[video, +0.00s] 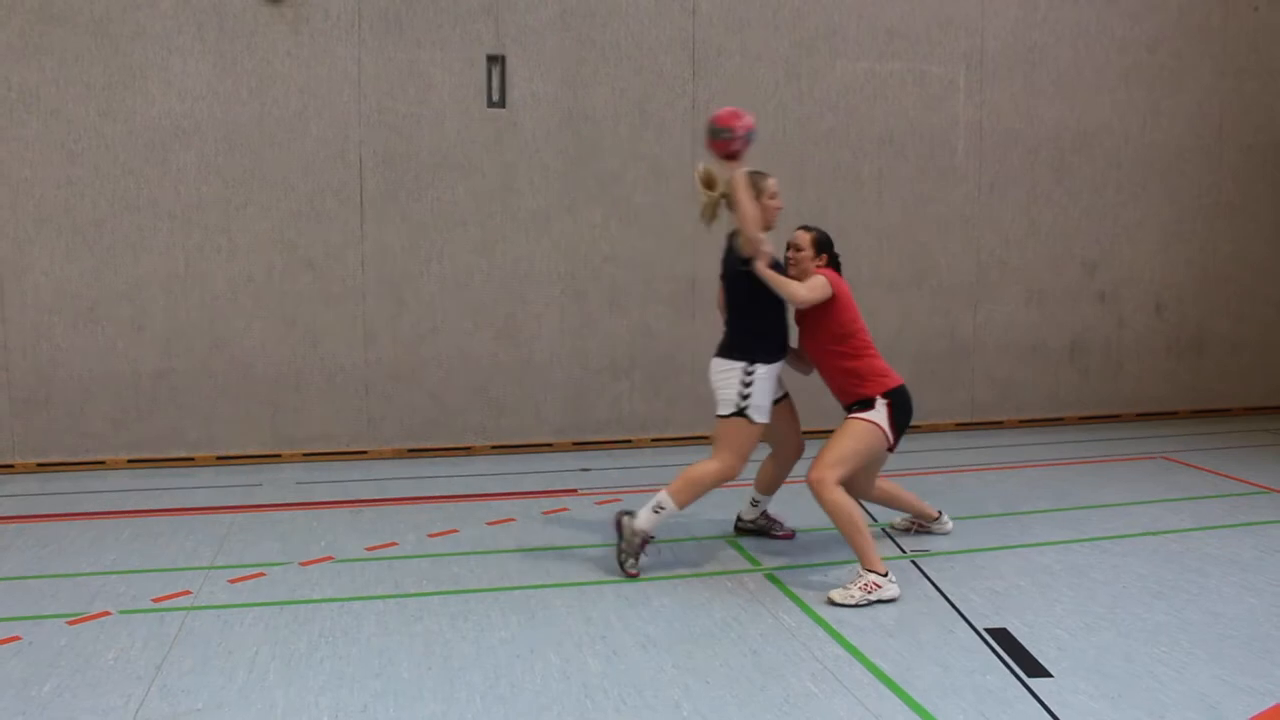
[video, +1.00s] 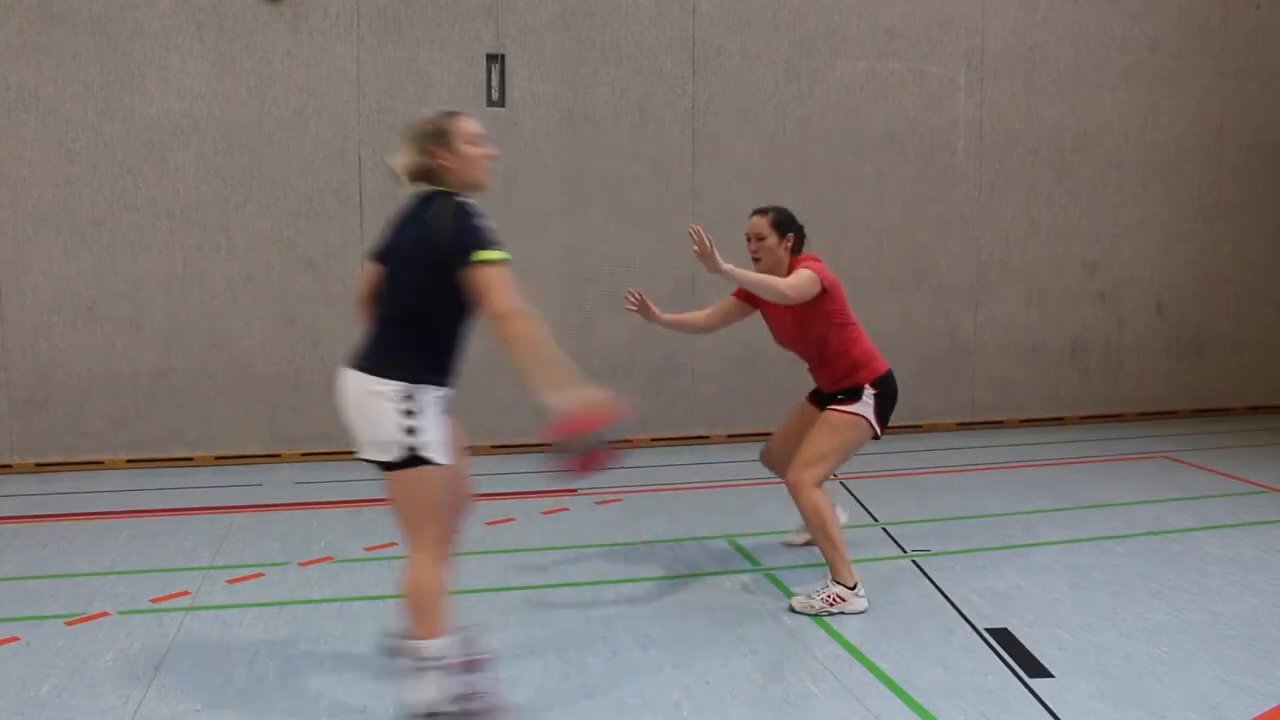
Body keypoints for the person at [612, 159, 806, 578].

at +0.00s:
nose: (779, 205)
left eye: (778, 197)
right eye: (772, 197)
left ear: (763, 204)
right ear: (753, 203)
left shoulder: (749, 250)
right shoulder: (748, 245)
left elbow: (725, 305)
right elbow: (751, 234)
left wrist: (753, 340)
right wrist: (737, 174)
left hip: (762, 366)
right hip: (744, 367)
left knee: (790, 445)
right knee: (727, 463)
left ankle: (752, 514)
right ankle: (639, 525)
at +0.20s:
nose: (794, 207)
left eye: (793, 198)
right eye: (786, 200)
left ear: (758, 204)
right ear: (760, 205)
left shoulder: (737, 246)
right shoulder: (759, 241)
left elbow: (724, 309)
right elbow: (805, 224)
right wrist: (810, 164)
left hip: (746, 366)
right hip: (760, 370)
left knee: (774, 449)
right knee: (773, 472)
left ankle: (750, 514)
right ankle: (685, 539)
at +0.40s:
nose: (766, 196)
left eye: (763, 187)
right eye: (758, 189)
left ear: (721, 199)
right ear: (731, 195)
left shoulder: (686, 246)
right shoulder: (744, 235)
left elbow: (663, 310)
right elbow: (821, 227)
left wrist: (686, 352)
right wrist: (838, 163)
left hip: (690, 381)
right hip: (731, 383)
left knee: (741, 458)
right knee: (734, 490)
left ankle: (742, 537)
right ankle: (676, 578)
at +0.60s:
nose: (700, 166)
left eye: (698, 157)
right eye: (689, 159)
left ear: (654, 172)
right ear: (658, 168)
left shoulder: (631, 220)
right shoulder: (678, 214)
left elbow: (600, 296)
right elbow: (769, 221)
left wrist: (623, 342)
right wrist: (825, 173)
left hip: (619, 362)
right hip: (655, 366)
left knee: (679, 481)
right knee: (691, 490)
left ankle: (655, 586)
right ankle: (636, 596)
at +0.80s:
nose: (602, 192)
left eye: (598, 181)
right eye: (589, 184)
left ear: (551, 204)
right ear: (556, 200)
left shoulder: (522, 260)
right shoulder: (583, 254)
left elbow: (493, 340)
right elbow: (668, 291)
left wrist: (515, 393)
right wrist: (761, 267)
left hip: (514, 423)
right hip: (549, 427)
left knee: (600, 502)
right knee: (568, 563)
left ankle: (640, 600)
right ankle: (501, 698)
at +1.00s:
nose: (490, 152)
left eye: (486, 141)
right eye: (476, 142)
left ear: (439, 160)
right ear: (442, 157)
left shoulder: (415, 211)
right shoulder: (461, 219)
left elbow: (370, 290)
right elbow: (507, 312)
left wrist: (401, 349)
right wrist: (563, 393)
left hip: (379, 383)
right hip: (402, 394)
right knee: (429, 535)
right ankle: (434, 671)